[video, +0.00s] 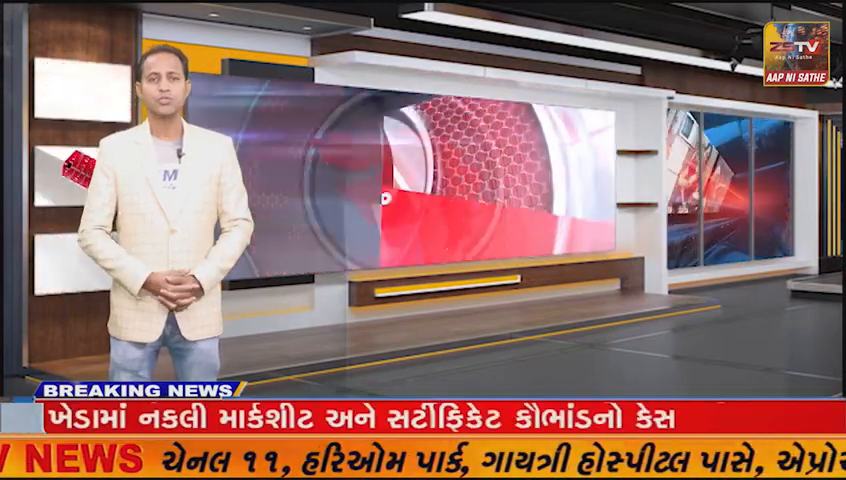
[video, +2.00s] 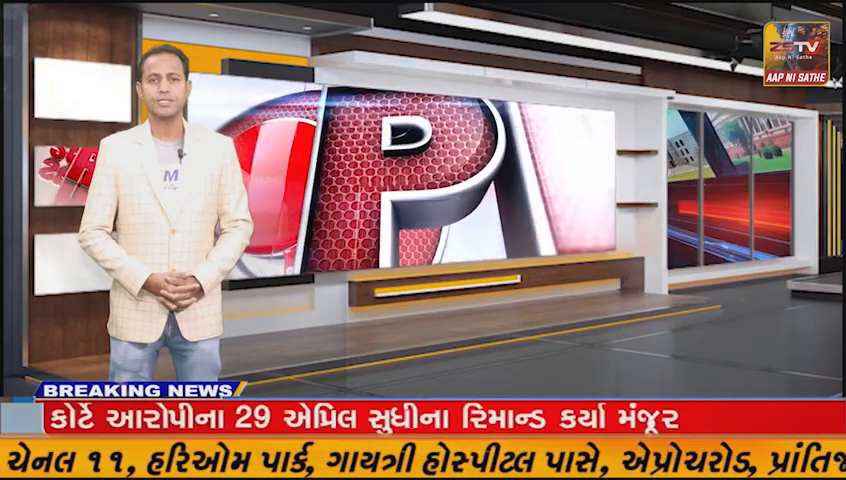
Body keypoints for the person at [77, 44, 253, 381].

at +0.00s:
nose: (164, 86)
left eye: (173, 77)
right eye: (153, 78)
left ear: (187, 88)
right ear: (139, 89)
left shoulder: (218, 147)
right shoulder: (115, 149)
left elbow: (239, 224)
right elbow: (91, 232)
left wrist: (201, 279)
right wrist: (145, 279)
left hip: (198, 310)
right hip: (134, 311)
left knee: (204, 420)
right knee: (126, 421)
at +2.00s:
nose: (163, 88)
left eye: (173, 78)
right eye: (153, 79)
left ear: (187, 87)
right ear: (140, 90)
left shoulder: (219, 147)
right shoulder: (115, 148)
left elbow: (238, 225)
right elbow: (92, 232)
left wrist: (202, 280)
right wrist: (145, 279)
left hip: (199, 309)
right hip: (135, 310)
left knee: (204, 419)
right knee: (125, 420)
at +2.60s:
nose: (163, 88)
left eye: (173, 79)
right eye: (153, 80)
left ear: (187, 87)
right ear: (140, 90)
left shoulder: (219, 148)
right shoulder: (114, 149)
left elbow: (238, 224)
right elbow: (92, 232)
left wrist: (201, 280)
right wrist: (144, 279)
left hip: (199, 310)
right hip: (135, 310)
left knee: (205, 419)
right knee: (125, 420)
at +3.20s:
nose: (166, 88)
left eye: (175, 79)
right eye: (155, 79)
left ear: (188, 88)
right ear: (141, 89)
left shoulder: (219, 147)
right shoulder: (116, 148)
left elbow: (238, 224)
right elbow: (92, 232)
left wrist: (201, 280)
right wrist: (146, 279)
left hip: (199, 309)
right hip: (135, 310)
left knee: (205, 419)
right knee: (126, 420)